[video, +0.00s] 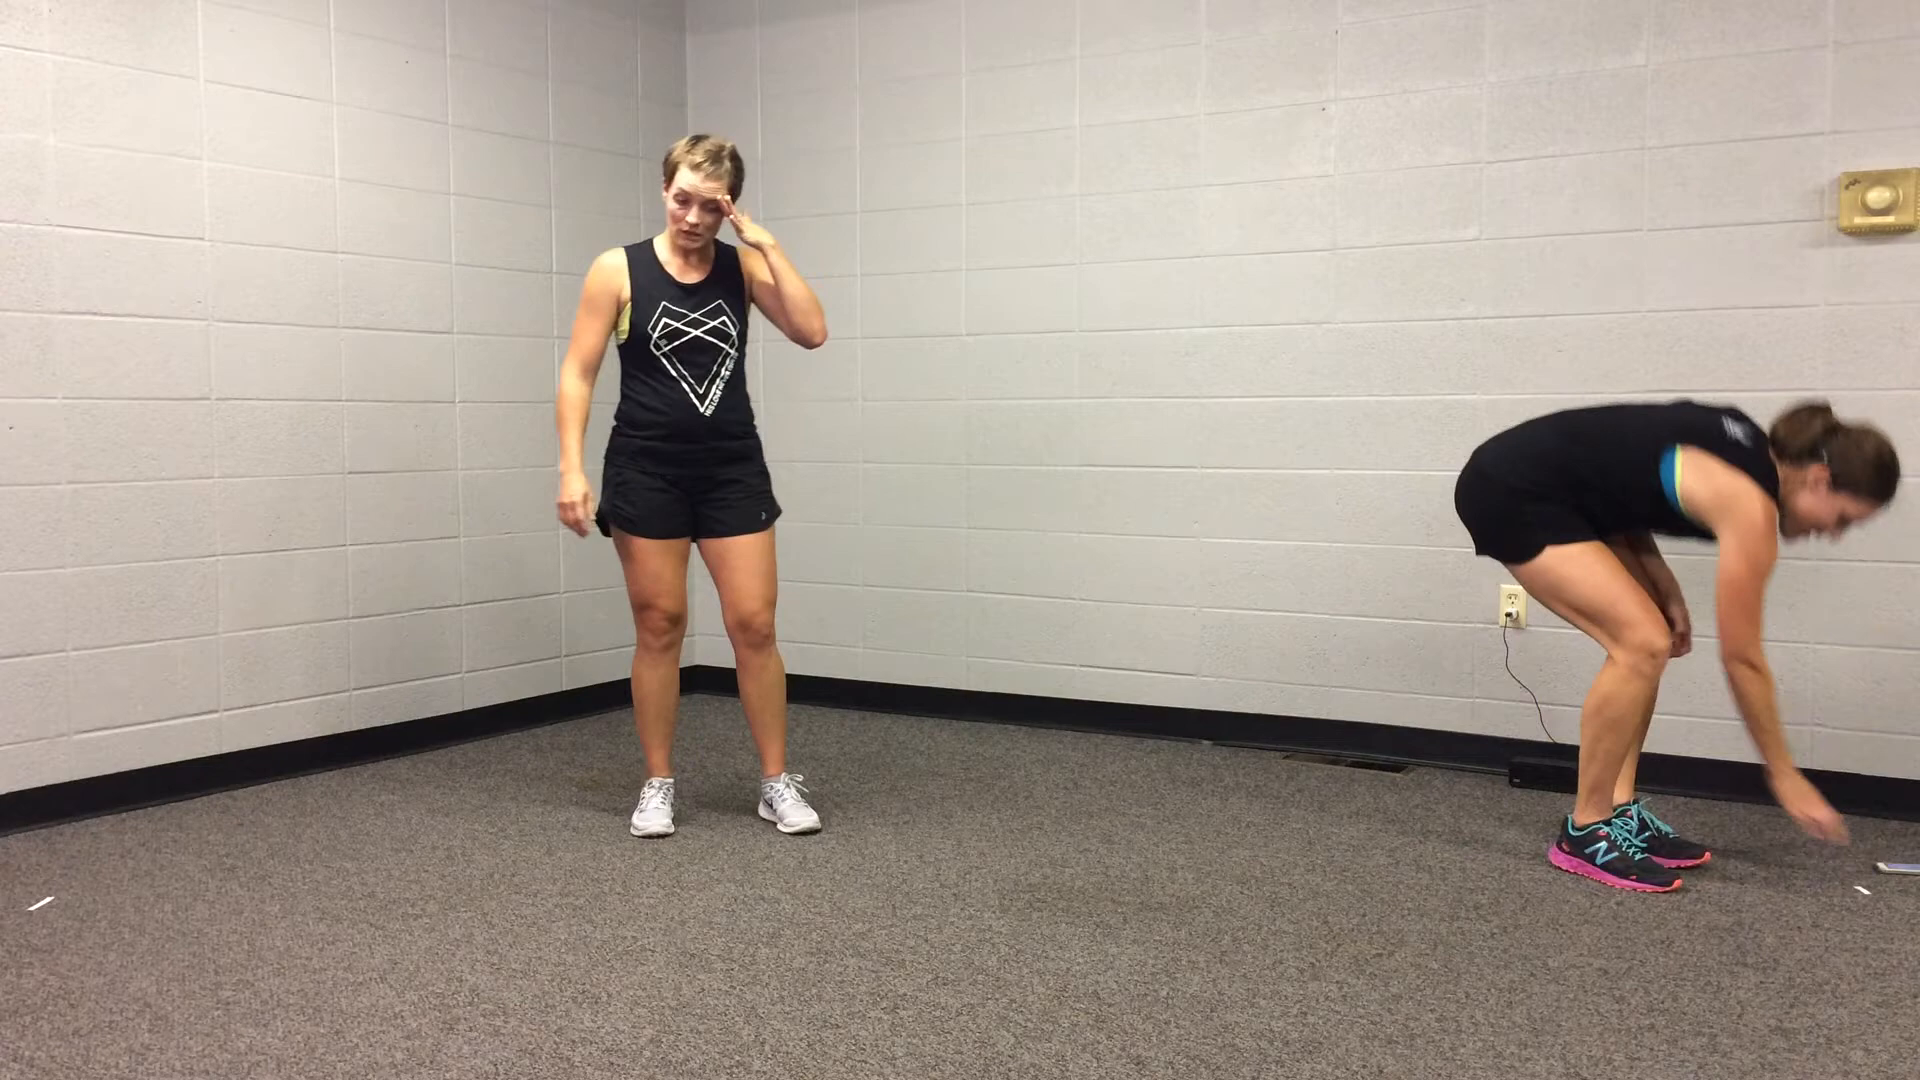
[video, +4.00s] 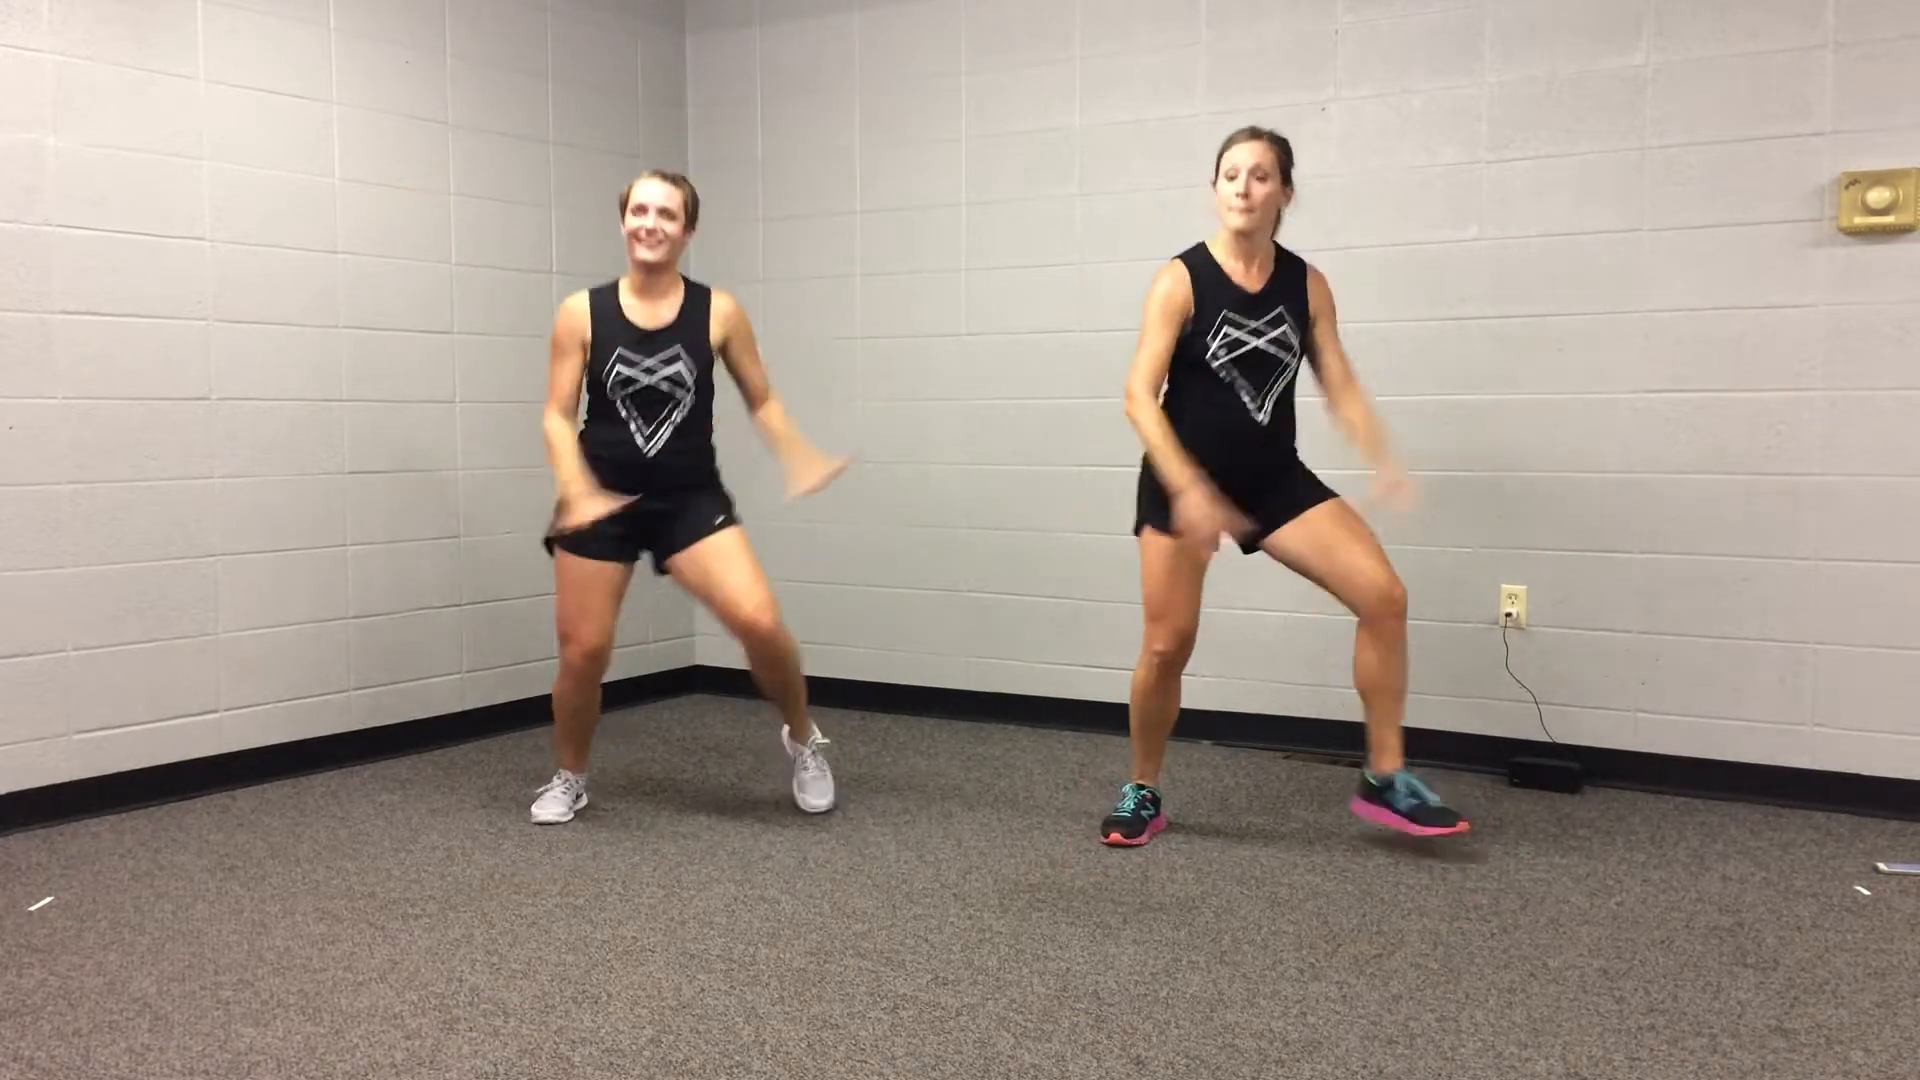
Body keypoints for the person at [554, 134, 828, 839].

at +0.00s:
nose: (694, 213)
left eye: (709, 203)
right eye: (685, 198)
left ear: (728, 209)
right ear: (666, 192)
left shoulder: (743, 269)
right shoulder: (617, 270)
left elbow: (811, 330)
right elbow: (578, 372)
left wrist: (765, 241)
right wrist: (571, 470)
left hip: (731, 469)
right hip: (646, 472)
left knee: (755, 624)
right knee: (659, 623)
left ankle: (776, 780)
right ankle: (658, 781)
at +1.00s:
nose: (707, 207)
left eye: (713, 193)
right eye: (690, 196)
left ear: (723, 197)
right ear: (659, 206)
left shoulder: (757, 277)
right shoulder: (623, 285)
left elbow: (819, 360)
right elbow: (580, 369)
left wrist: (804, 438)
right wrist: (556, 462)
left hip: (736, 470)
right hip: (652, 471)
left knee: (737, 618)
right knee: (657, 619)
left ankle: (743, 766)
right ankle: (654, 780)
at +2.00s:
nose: (674, 239)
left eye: (688, 227)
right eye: (662, 223)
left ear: (703, 225)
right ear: (635, 215)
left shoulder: (715, 275)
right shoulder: (598, 291)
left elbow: (803, 316)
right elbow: (637, 365)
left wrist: (856, 276)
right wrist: (721, 293)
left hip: (713, 476)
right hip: (631, 486)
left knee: (761, 606)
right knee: (639, 641)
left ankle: (782, 766)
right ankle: (641, 779)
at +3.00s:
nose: (674, 246)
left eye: (688, 232)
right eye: (661, 229)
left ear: (704, 229)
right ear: (634, 219)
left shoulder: (718, 299)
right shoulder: (588, 295)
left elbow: (764, 384)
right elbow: (586, 406)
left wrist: (842, 423)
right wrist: (673, 463)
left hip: (688, 489)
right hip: (601, 489)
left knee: (764, 628)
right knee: (574, 643)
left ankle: (813, 796)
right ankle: (547, 810)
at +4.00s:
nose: (650, 223)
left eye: (666, 215)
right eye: (640, 212)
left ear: (687, 231)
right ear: (623, 225)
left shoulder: (718, 313)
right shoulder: (582, 313)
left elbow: (762, 400)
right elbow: (558, 413)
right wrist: (575, 486)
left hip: (688, 499)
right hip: (599, 500)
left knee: (760, 623)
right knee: (581, 653)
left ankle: (804, 742)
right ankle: (570, 776)